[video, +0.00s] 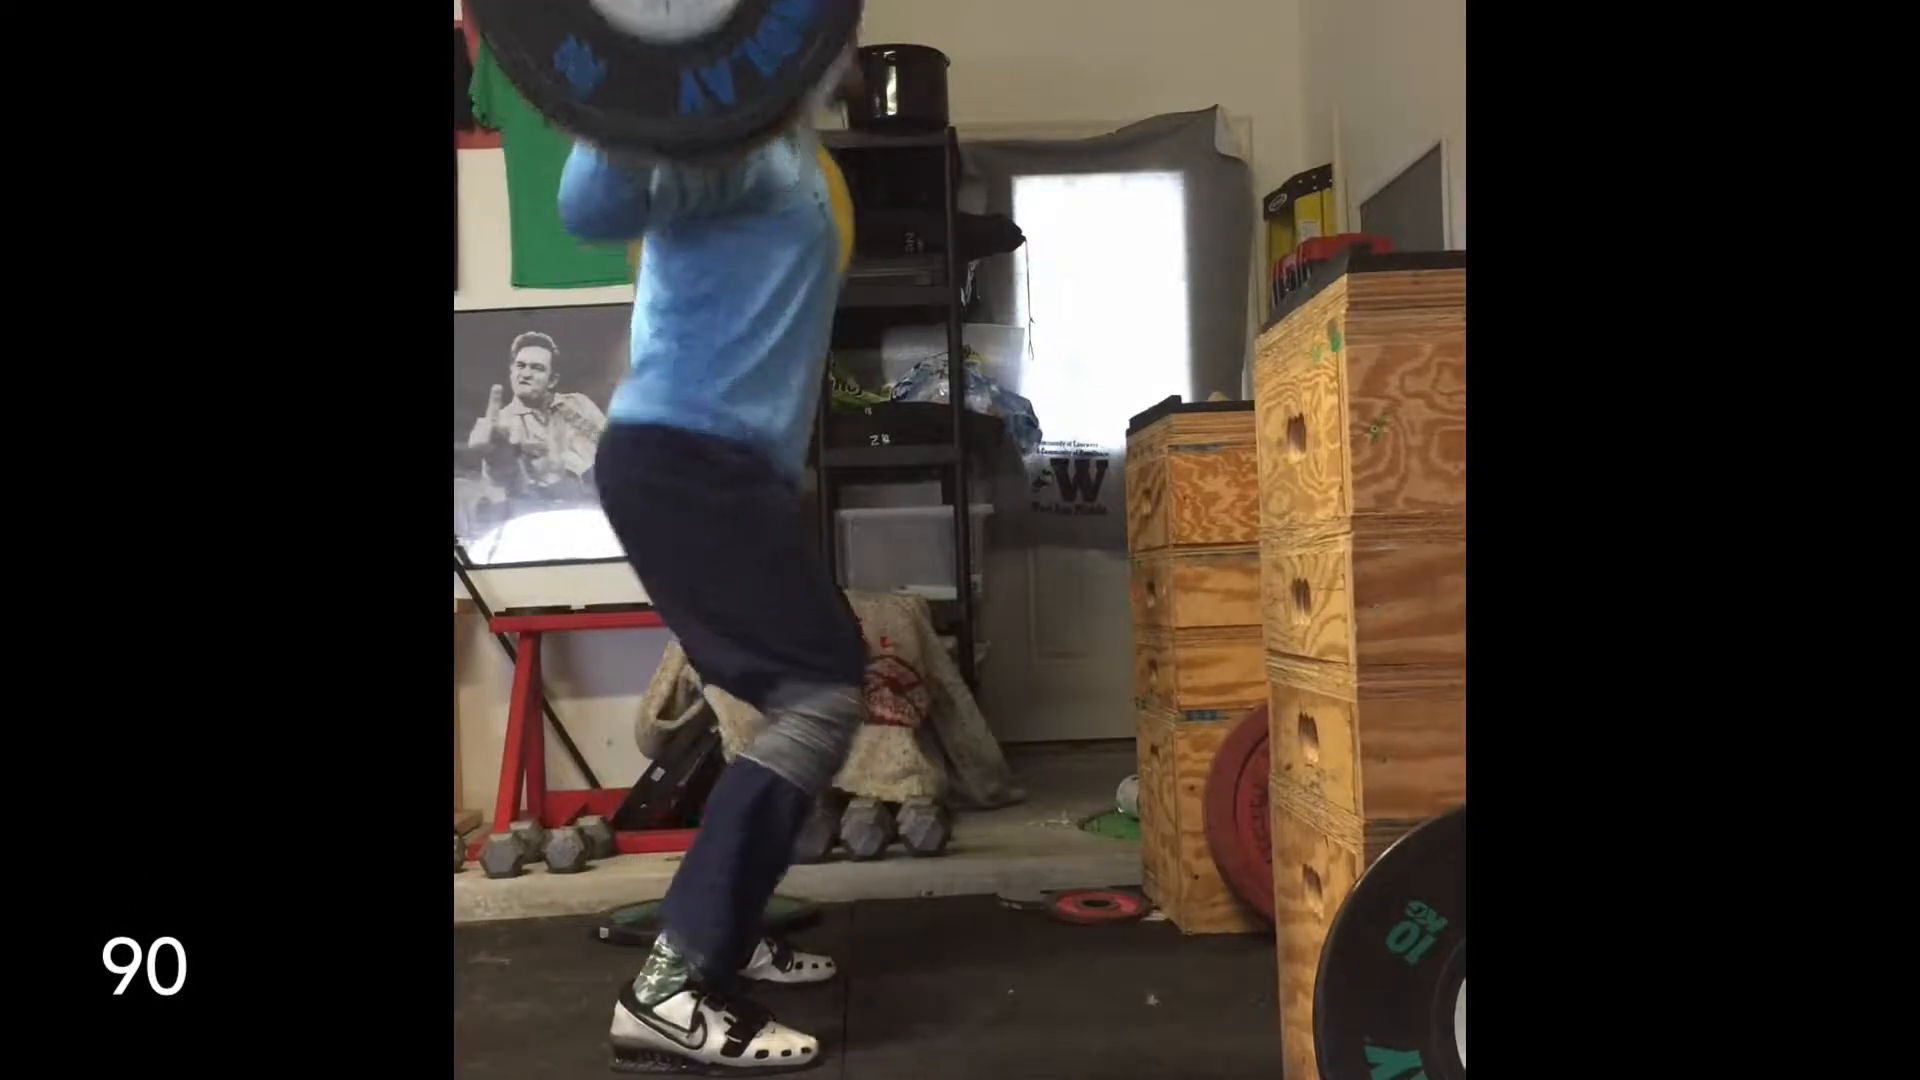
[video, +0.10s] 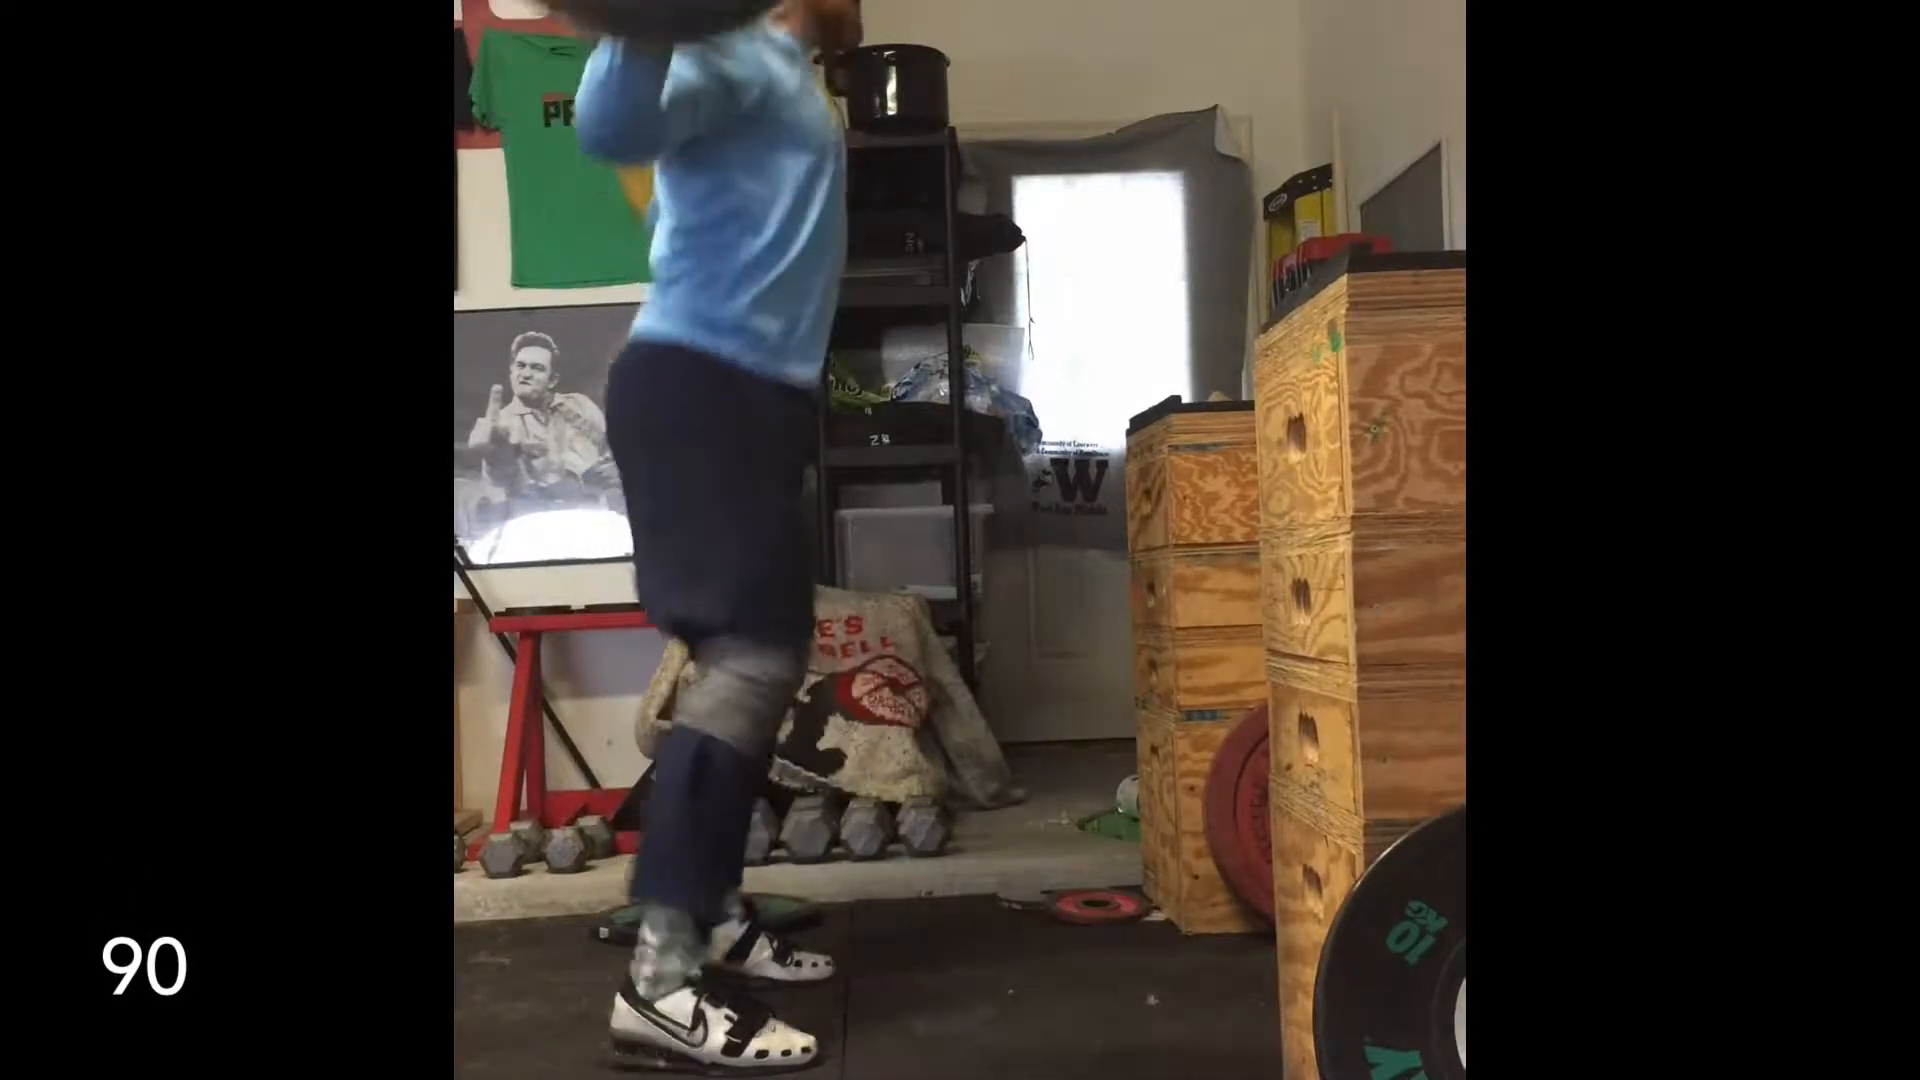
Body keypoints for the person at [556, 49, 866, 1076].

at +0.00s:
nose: (841, 65)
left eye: (839, 48)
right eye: (826, 50)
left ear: (803, 65)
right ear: (778, 60)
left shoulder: (806, 160)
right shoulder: (736, 150)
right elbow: (587, 207)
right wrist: (638, 82)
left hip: (734, 458)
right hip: (683, 456)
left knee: (815, 684)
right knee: (816, 693)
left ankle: (728, 921)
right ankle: (673, 979)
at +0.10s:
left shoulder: (791, 66)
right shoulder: (727, 55)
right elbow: (609, 131)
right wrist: (640, 21)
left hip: (762, 393)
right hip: (701, 387)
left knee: (755, 658)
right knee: (746, 659)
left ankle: (705, 920)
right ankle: (659, 980)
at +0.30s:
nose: (878, 115)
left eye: (879, 94)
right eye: (866, 90)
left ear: (814, 89)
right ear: (805, 80)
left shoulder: (805, 196)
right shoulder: (733, 163)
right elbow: (678, 29)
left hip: (686, 488)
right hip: (631, 488)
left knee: (805, 684)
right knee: (799, 704)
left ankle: (713, 922)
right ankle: (664, 988)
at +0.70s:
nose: (877, 277)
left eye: (879, 257)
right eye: (867, 253)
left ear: (821, 247)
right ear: (804, 237)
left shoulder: (811, 348)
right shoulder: (734, 309)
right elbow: (727, 173)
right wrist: (717, 40)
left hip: (697, 613)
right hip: (614, 611)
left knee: (842, 703)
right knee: (827, 730)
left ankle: (739, 915)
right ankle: (665, 987)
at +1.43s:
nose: (905, 437)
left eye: (905, 417)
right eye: (892, 414)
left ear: (839, 409)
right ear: (832, 404)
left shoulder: (838, 513)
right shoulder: (756, 475)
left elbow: (772, 655)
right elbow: (756, 343)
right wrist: (737, 174)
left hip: (697, 760)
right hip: (615, 777)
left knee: (863, 712)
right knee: (851, 756)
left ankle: (749, 935)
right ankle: (674, 989)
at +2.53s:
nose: (907, 315)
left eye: (912, 294)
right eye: (894, 289)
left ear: (855, 288)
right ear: (833, 279)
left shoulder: (846, 402)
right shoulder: (756, 349)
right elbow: (752, 215)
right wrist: (740, 67)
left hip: (710, 646)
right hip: (626, 636)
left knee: (863, 722)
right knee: (846, 733)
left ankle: (752, 922)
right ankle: (669, 986)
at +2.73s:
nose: (904, 194)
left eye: (909, 173)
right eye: (891, 166)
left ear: (868, 163)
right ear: (826, 146)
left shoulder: (842, 277)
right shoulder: (761, 232)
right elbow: (730, 116)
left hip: (735, 544)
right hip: (653, 528)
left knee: (846, 705)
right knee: (836, 713)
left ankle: (738, 919)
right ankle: (672, 989)